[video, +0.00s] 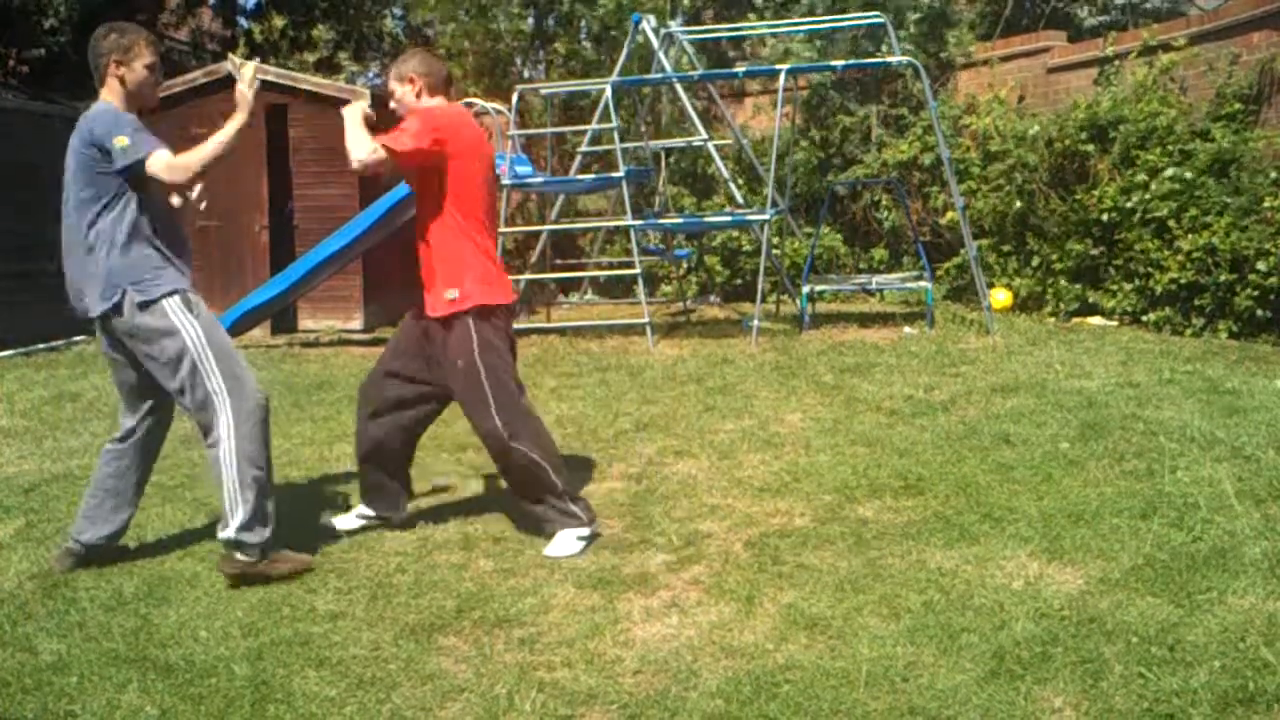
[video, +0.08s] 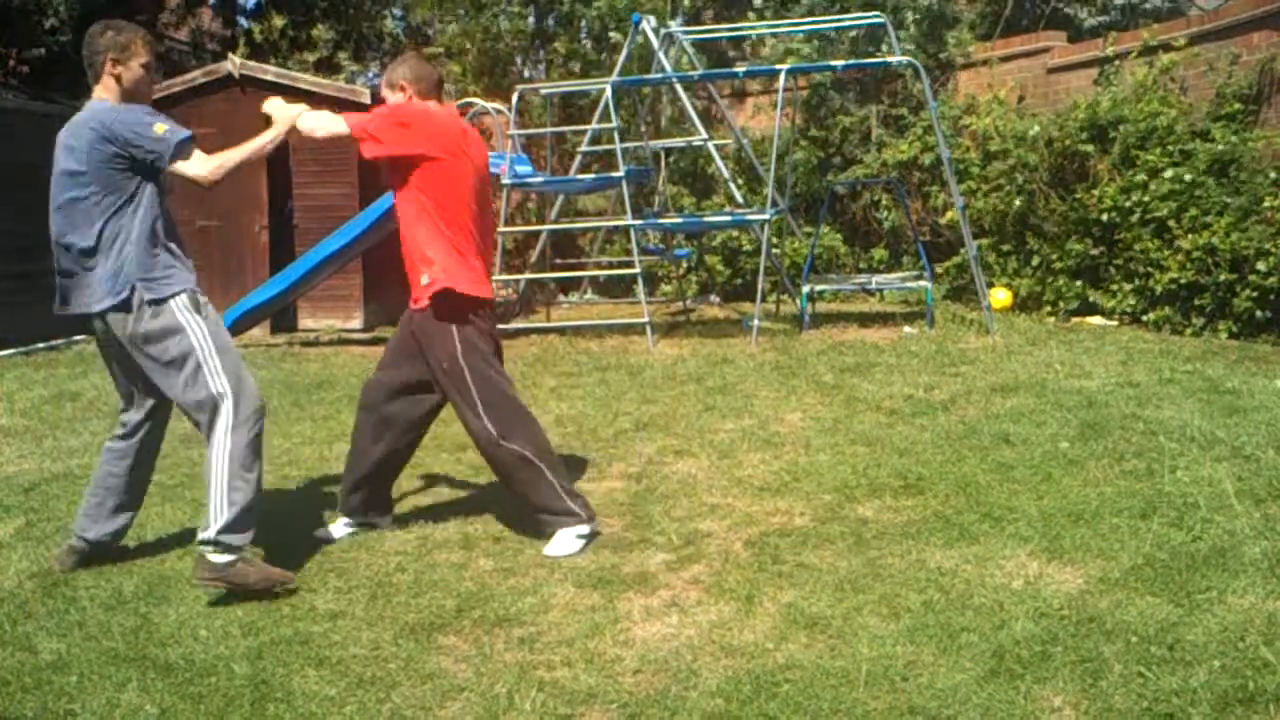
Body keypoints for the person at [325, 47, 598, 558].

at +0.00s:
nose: (394, 104)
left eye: (396, 94)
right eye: (393, 95)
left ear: (415, 86)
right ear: (437, 87)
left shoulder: (442, 121)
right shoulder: (466, 128)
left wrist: (353, 117)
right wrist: (377, 125)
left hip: (470, 299)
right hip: (440, 302)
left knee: (501, 416)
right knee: (383, 397)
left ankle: (569, 518)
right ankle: (383, 504)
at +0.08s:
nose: (385, 105)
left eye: (387, 97)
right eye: (385, 99)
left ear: (403, 91)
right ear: (433, 93)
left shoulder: (416, 117)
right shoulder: (468, 137)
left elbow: (318, 126)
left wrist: (285, 109)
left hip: (449, 300)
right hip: (438, 301)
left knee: (493, 415)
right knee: (386, 400)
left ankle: (569, 519)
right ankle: (363, 511)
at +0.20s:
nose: (361, 102)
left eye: (365, 93)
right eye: (361, 93)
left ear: (388, 91)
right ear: (407, 93)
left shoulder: (383, 124)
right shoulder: (442, 138)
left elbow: (323, 186)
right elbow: (454, 216)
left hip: (421, 297)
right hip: (415, 298)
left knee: (472, 406)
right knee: (360, 398)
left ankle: (558, 511)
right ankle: (363, 513)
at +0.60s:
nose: (373, 88)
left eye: (382, 78)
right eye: (369, 79)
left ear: (416, 78)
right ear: (371, 82)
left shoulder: (455, 131)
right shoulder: (359, 131)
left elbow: (456, 198)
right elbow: (326, 197)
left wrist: (406, 145)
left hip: (438, 307)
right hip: (368, 308)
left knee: (477, 414)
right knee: (348, 413)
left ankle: (531, 496)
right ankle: (358, 514)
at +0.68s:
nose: (374, 89)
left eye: (383, 79)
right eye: (371, 81)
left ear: (417, 79)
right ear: (372, 84)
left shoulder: (458, 131)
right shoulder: (365, 137)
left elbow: (458, 200)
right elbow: (356, 208)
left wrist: (406, 144)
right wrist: (361, 224)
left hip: (448, 307)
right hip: (375, 307)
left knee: (496, 414)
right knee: (338, 408)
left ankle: (531, 498)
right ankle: (354, 512)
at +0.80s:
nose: (364, 94)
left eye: (373, 84)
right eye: (361, 85)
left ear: (407, 85)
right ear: (368, 91)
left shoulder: (439, 128)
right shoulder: (377, 141)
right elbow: (395, 218)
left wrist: (328, 129)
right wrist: (366, 257)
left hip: (447, 304)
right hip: (389, 309)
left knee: (487, 414)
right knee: (346, 419)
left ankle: (534, 501)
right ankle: (327, 532)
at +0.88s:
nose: (356, 85)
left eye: (365, 76)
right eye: (354, 77)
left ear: (398, 76)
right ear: (361, 79)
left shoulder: (416, 110)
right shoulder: (378, 123)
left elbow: (329, 120)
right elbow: (394, 197)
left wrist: (251, 112)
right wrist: (368, 244)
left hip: (437, 290)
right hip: (383, 295)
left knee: (481, 408)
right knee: (351, 417)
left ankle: (531, 493)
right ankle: (317, 538)